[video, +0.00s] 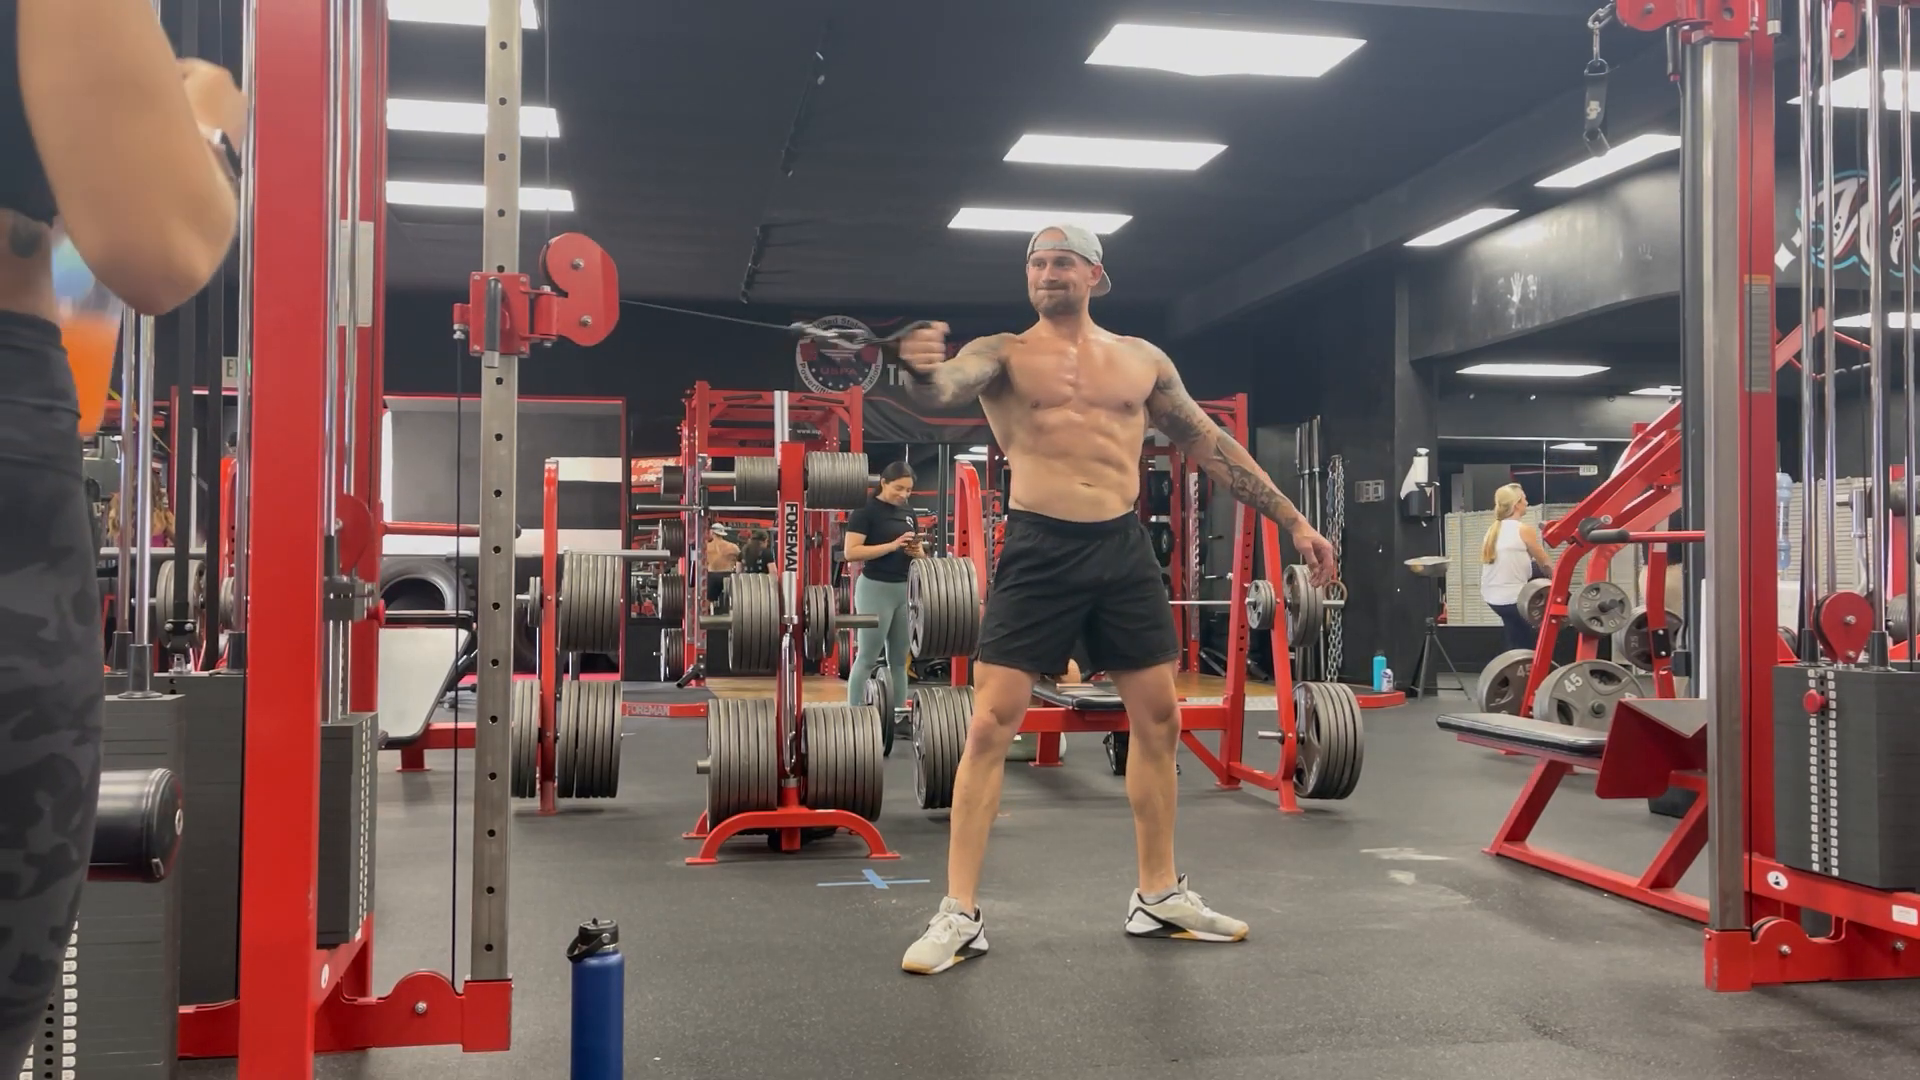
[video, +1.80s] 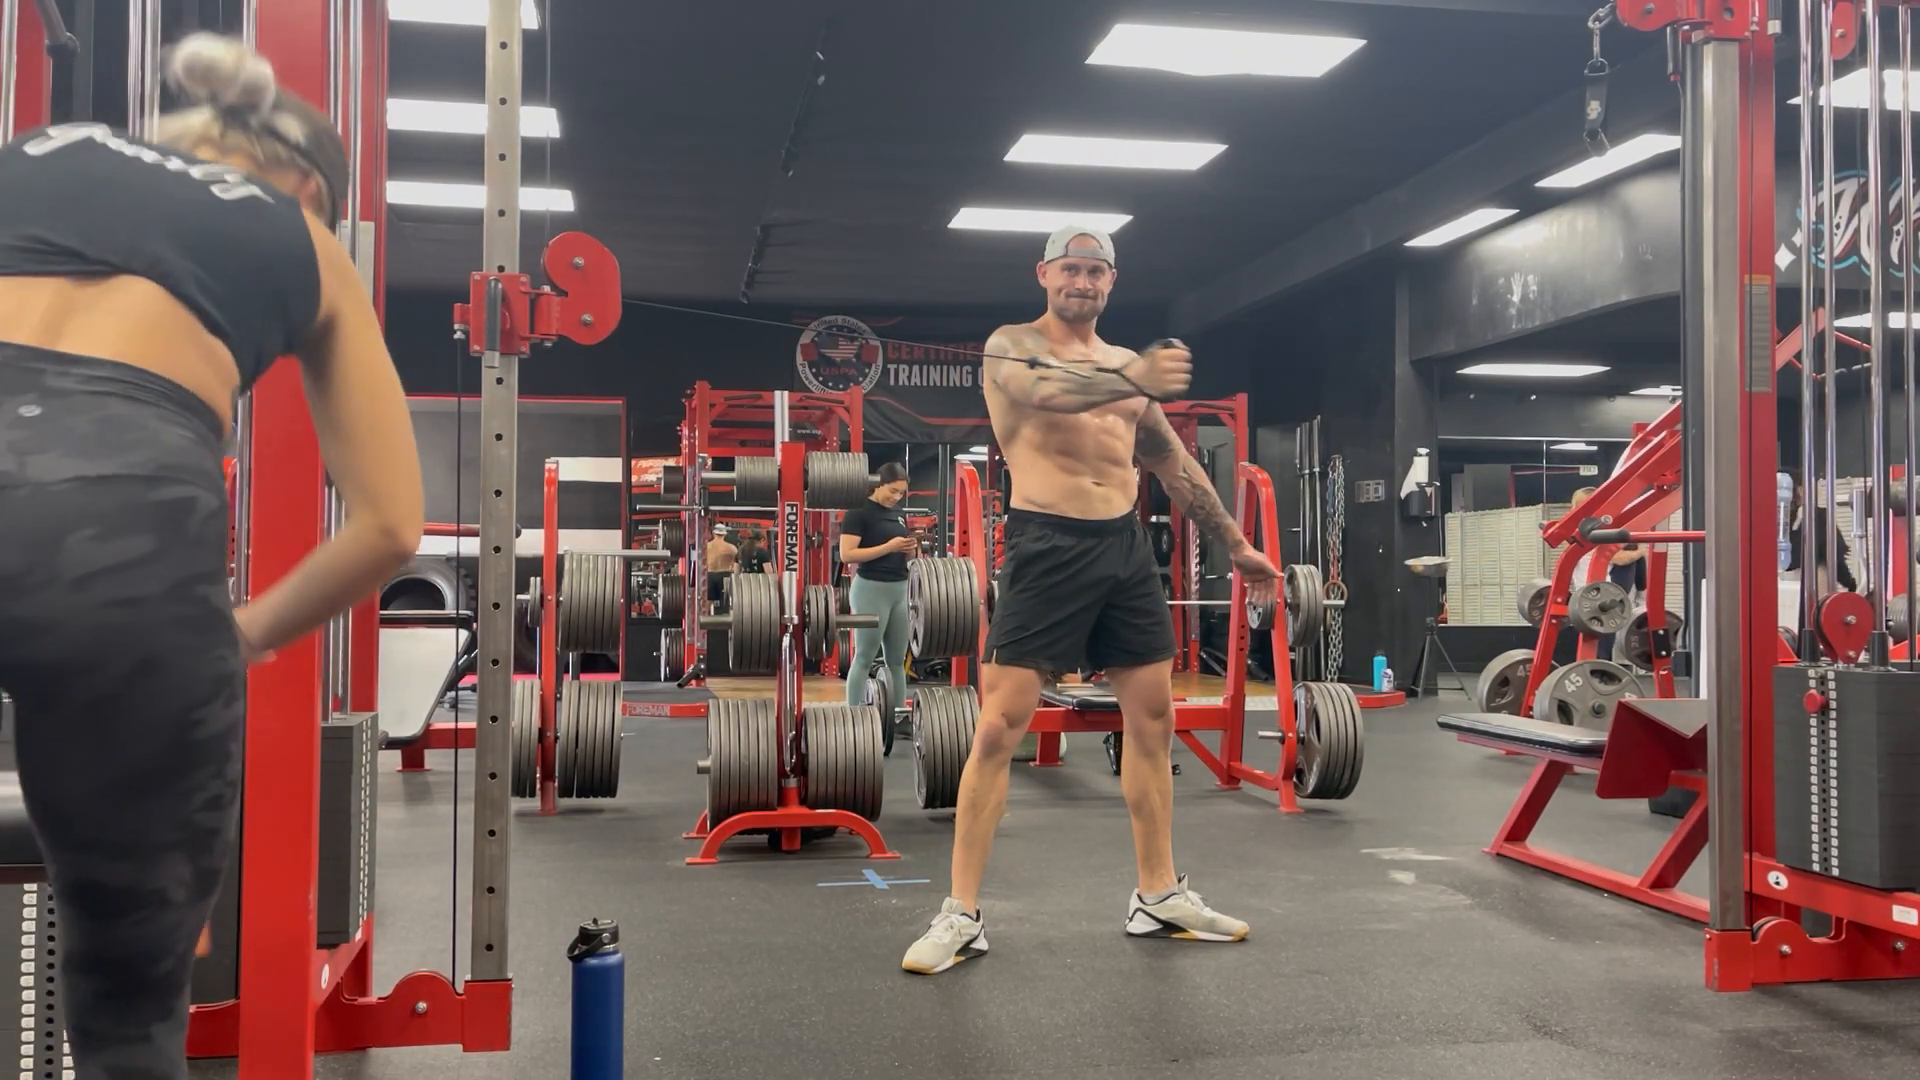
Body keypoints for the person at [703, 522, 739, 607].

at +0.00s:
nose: (710, 534)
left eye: (710, 532)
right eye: (710, 532)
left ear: (713, 533)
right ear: (723, 534)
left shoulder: (707, 547)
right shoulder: (732, 547)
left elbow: (705, 562)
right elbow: (740, 558)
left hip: (712, 573)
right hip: (728, 573)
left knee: (711, 601)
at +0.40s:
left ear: (713, 533)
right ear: (724, 534)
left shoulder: (707, 546)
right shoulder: (729, 547)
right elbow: (736, 559)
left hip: (710, 573)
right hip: (725, 573)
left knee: (710, 600)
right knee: (724, 600)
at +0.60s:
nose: (727, 535)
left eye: (727, 533)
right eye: (726, 533)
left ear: (715, 534)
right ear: (723, 534)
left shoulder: (709, 545)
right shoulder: (724, 546)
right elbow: (732, 559)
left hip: (710, 572)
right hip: (722, 572)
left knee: (710, 599)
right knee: (723, 599)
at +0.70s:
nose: (728, 535)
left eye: (728, 533)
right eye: (727, 533)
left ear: (717, 534)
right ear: (723, 534)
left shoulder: (709, 545)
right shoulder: (722, 547)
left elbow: (728, 552)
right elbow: (729, 561)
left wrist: (735, 555)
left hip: (711, 572)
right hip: (722, 573)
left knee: (711, 600)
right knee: (723, 600)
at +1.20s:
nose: (728, 536)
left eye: (728, 534)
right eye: (727, 534)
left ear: (718, 534)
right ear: (723, 534)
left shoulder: (710, 545)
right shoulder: (722, 547)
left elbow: (727, 552)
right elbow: (726, 564)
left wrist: (735, 555)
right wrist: (733, 574)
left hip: (711, 572)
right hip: (721, 572)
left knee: (710, 599)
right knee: (722, 600)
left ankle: (707, 616)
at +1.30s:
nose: (727, 536)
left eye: (727, 534)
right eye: (727, 534)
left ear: (716, 533)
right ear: (723, 534)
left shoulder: (709, 545)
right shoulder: (723, 546)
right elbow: (728, 560)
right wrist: (734, 567)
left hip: (711, 572)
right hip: (721, 572)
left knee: (710, 599)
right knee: (723, 599)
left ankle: (707, 616)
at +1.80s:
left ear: (714, 533)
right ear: (725, 534)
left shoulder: (708, 546)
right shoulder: (731, 548)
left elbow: (704, 561)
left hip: (711, 573)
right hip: (726, 573)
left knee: (709, 601)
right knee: (725, 602)